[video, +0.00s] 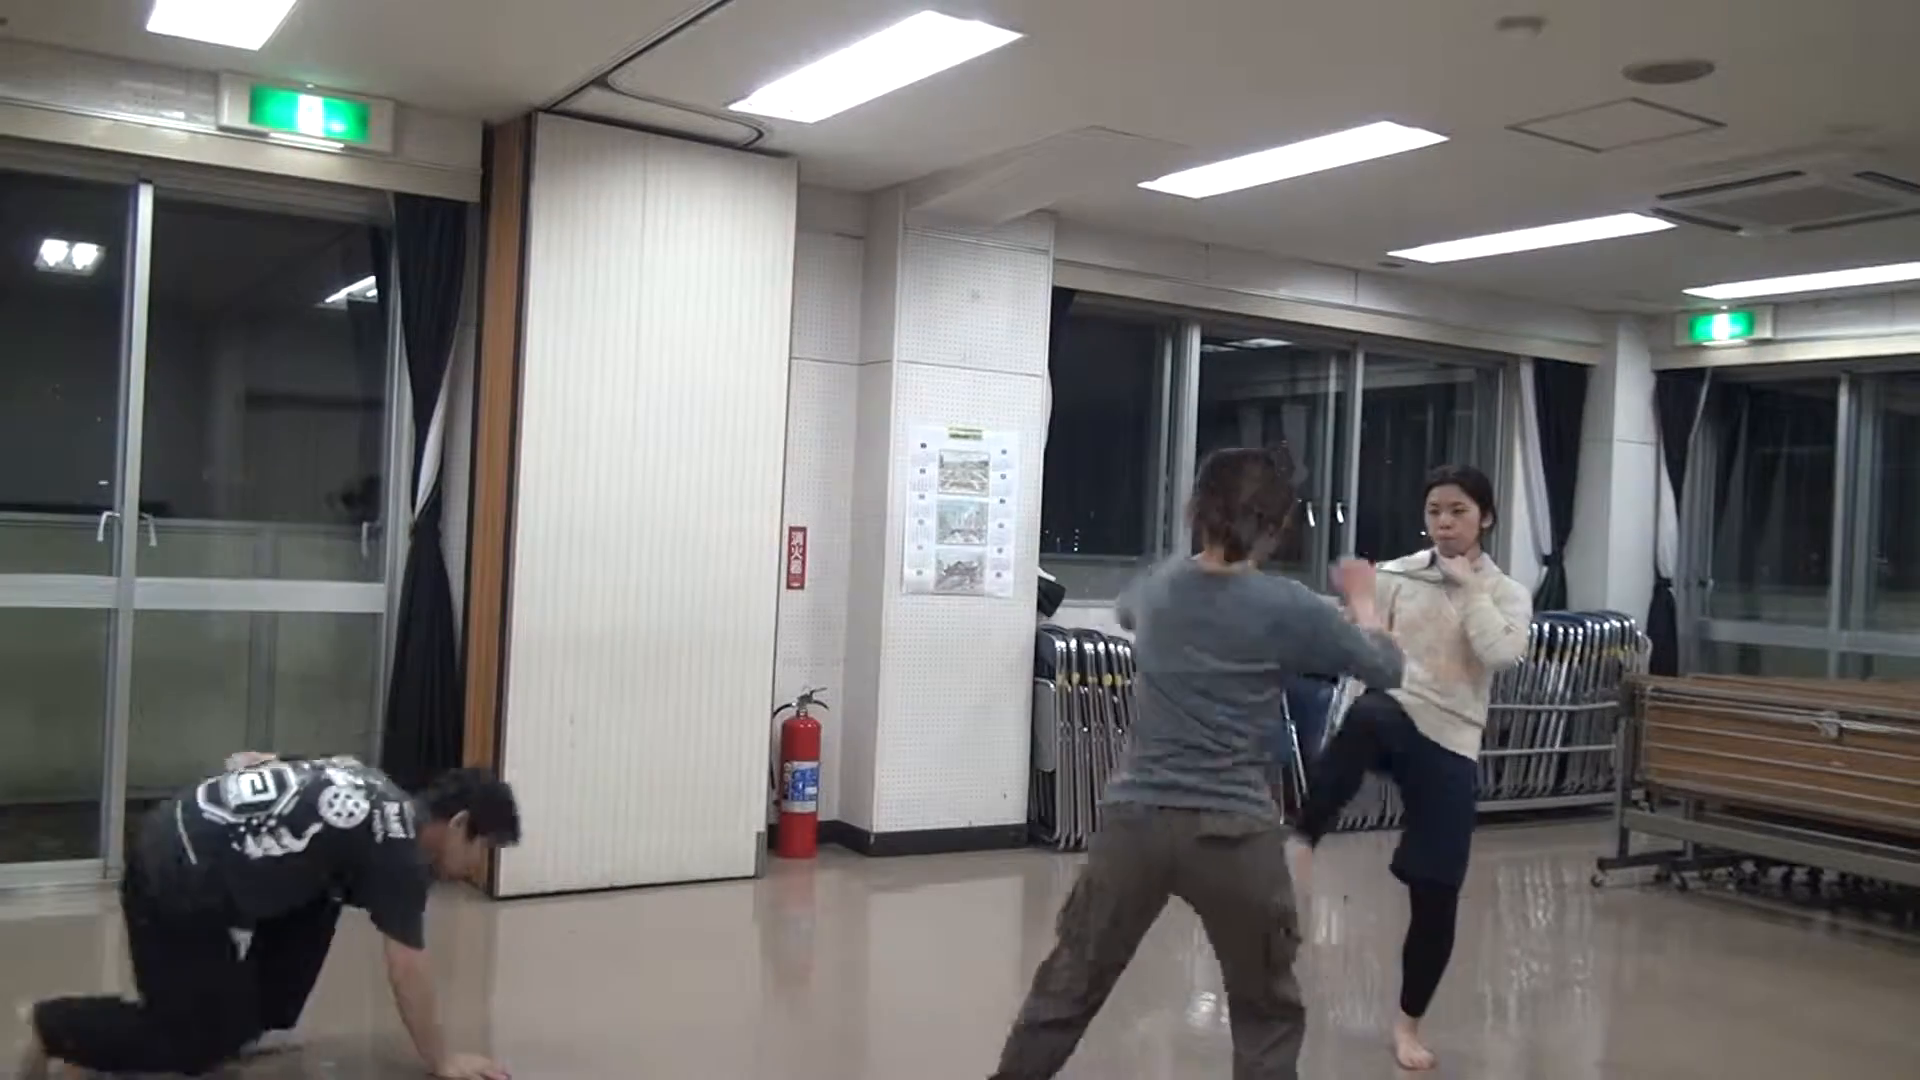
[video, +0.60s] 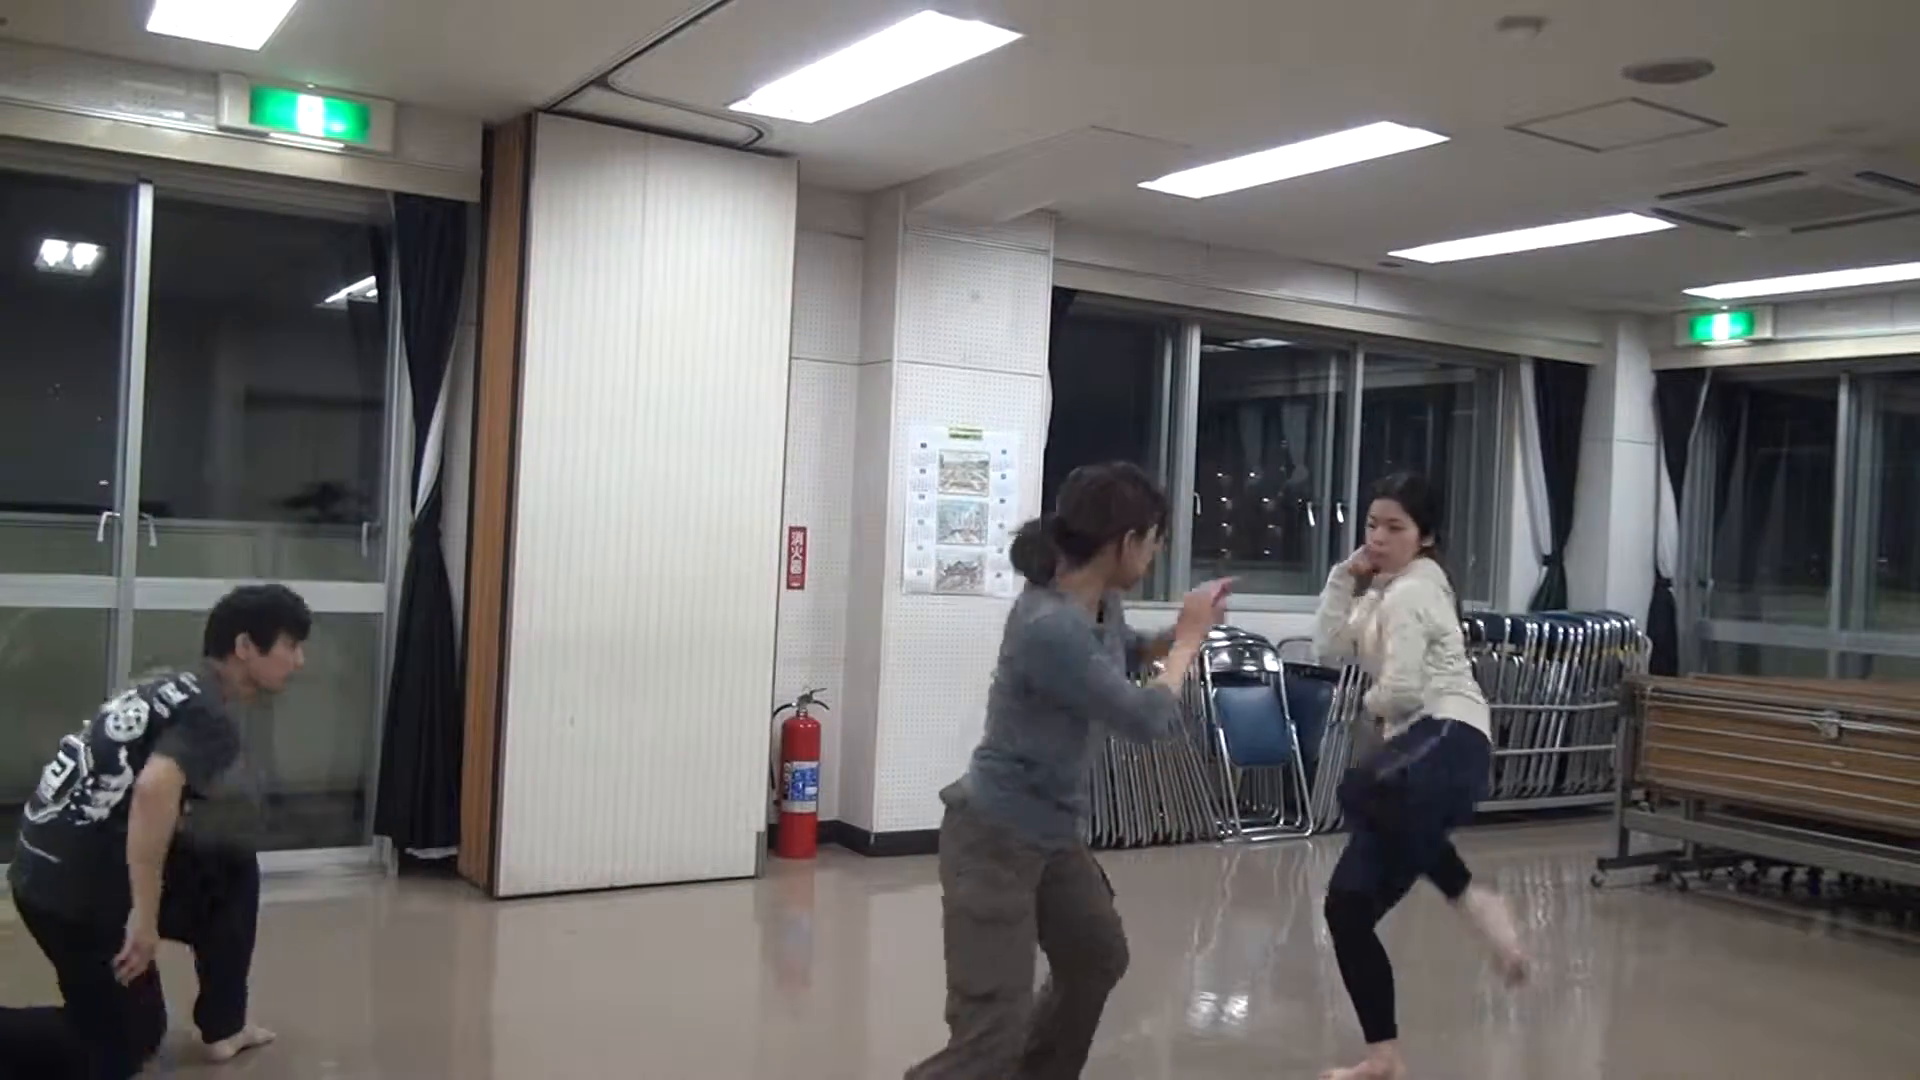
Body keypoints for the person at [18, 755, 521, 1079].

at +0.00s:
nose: (477, 869)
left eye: (487, 857)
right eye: (482, 851)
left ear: (445, 807)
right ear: (456, 822)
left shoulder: (366, 780)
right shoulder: (399, 854)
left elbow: (253, 767)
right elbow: (407, 972)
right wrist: (441, 1061)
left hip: (178, 824)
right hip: (173, 876)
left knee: (313, 898)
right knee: (205, 1036)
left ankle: (260, 1030)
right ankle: (53, 1026)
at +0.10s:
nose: (422, 869)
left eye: (433, 859)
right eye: (429, 854)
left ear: (392, 808)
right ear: (399, 823)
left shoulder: (319, 795)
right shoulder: (345, 851)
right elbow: (373, 966)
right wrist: (433, 1055)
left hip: (132, 856)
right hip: (119, 896)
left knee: (284, 900)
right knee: (155, 1045)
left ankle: (242, 1030)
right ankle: (8, 1030)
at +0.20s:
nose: (390, 837)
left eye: (398, 824)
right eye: (395, 820)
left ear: (350, 786)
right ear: (364, 798)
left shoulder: (254, 772)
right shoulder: (308, 845)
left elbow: (154, 786)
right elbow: (331, 961)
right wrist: (387, 1052)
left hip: (73, 866)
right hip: (88, 910)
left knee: (256, 909)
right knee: (133, 1057)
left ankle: (230, 1033)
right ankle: (5, 1034)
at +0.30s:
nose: (370, 803)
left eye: (374, 790)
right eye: (369, 785)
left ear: (316, 765)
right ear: (329, 768)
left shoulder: (243, 768)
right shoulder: (271, 821)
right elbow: (269, 949)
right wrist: (295, 1057)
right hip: (67, 918)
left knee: (226, 908)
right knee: (134, 1056)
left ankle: (227, 1029)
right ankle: (6, 1031)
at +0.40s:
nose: (346, 761)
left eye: (349, 746)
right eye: (341, 743)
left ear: (294, 730)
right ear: (299, 732)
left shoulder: (221, 752)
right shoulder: (248, 795)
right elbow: (219, 921)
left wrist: (222, 1024)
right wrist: (216, 1044)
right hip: (64, 917)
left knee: (234, 894)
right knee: (132, 1060)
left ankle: (226, 1025)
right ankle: (6, 1030)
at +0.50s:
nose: (326, 711)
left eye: (326, 697)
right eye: (318, 695)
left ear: (268, 690)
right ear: (273, 691)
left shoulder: (181, 719)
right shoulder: (228, 757)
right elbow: (179, 858)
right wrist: (158, 985)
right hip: (77, 912)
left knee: (233, 867)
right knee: (126, 1061)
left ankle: (221, 1029)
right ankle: (2, 1030)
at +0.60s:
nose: (300, 660)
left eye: (300, 646)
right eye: (291, 645)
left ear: (245, 648)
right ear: (244, 648)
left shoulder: (170, 689)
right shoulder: (208, 715)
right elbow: (154, 789)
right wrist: (145, 914)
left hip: (44, 869)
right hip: (76, 882)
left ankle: (225, 1030)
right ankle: (223, 1028)